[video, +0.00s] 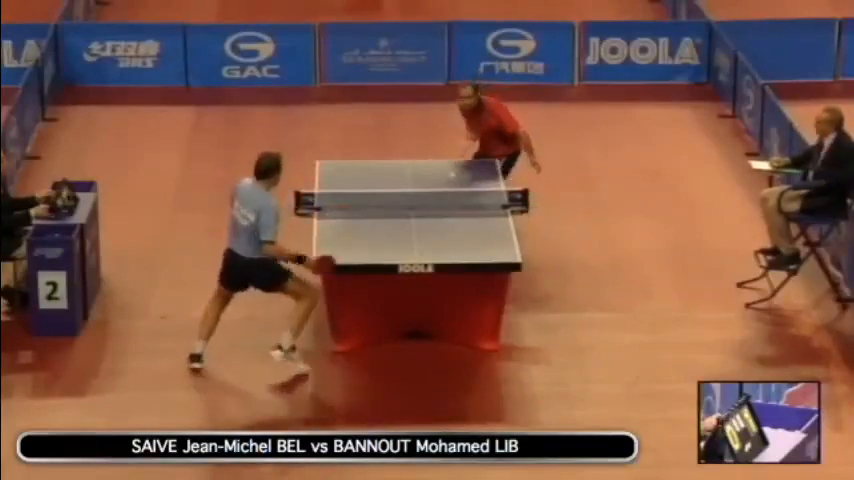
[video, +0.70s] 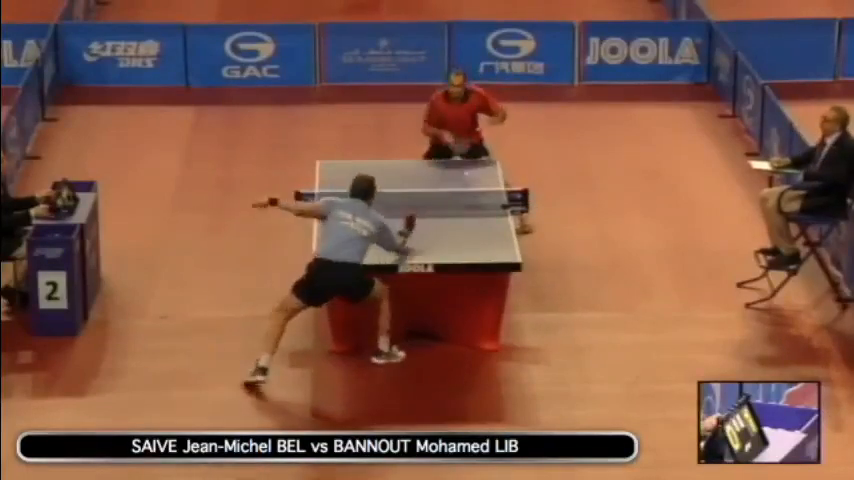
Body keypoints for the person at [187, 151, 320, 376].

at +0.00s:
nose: (281, 176)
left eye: (279, 172)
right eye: (280, 173)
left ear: (257, 171)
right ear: (276, 176)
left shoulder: (242, 186)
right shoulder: (268, 203)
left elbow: (234, 205)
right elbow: (268, 247)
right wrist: (301, 259)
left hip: (232, 259)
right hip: (258, 265)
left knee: (219, 300)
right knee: (309, 295)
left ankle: (198, 350)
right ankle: (286, 346)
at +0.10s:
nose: (289, 180)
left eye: (288, 176)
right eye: (288, 177)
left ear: (266, 175)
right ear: (284, 180)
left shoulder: (251, 187)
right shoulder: (278, 209)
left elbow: (239, 197)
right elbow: (291, 251)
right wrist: (319, 251)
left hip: (239, 263)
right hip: (266, 268)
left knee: (222, 301)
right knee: (315, 288)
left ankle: (198, 350)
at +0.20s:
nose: (318, 185)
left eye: (316, 179)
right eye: (317, 181)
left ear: (294, 177)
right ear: (314, 184)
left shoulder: (275, 189)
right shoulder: (309, 212)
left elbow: (252, 177)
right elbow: (330, 245)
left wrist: (244, 159)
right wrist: (363, 239)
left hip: (258, 265)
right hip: (287, 271)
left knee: (231, 305)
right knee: (333, 301)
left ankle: (200, 350)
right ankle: (366, 343)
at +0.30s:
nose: (344, 190)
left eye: (342, 185)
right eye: (344, 186)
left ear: (321, 181)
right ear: (340, 188)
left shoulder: (296, 191)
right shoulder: (338, 215)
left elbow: (261, 182)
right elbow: (353, 243)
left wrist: (243, 165)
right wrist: (380, 231)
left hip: (277, 266)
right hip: (307, 273)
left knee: (242, 309)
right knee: (349, 302)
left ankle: (204, 350)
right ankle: (377, 349)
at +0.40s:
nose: (374, 201)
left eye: (372, 197)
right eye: (374, 198)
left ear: (351, 192)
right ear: (370, 200)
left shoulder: (331, 202)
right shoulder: (367, 222)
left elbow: (298, 208)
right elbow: (381, 232)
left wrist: (272, 200)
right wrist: (397, 220)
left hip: (301, 266)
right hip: (329, 273)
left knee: (264, 311)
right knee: (371, 295)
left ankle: (223, 351)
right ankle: (381, 349)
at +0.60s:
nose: (380, 205)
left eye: (375, 200)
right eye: (380, 202)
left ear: (358, 198)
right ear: (379, 204)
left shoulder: (342, 209)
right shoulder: (379, 226)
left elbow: (321, 213)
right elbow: (402, 241)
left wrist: (289, 215)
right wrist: (409, 227)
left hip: (320, 270)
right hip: (351, 274)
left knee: (283, 313)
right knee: (385, 294)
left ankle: (248, 362)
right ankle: (384, 348)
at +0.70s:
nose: (373, 196)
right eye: (373, 194)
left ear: (351, 191)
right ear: (372, 196)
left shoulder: (334, 205)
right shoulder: (375, 220)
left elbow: (303, 210)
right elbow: (394, 247)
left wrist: (276, 204)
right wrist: (407, 231)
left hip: (321, 271)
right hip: (352, 274)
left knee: (282, 313)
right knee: (383, 293)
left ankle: (262, 365)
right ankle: (384, 349)